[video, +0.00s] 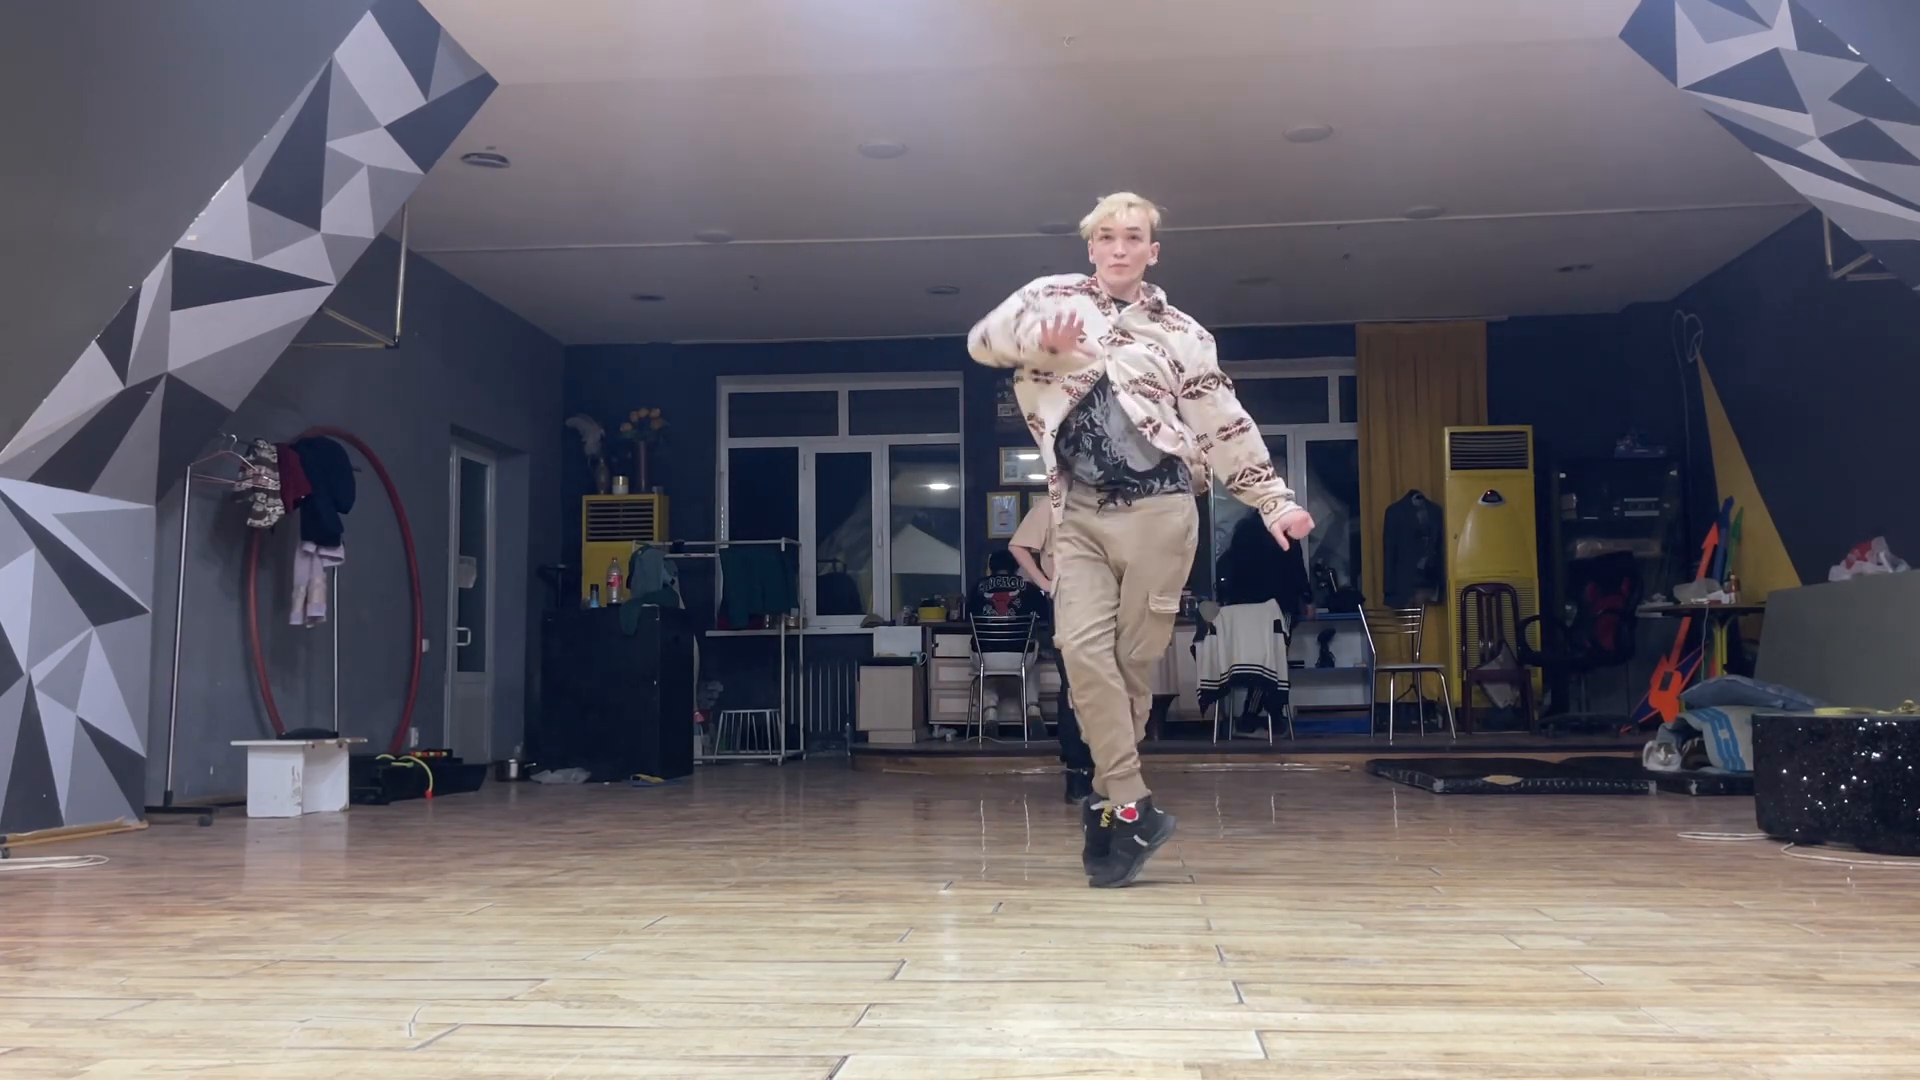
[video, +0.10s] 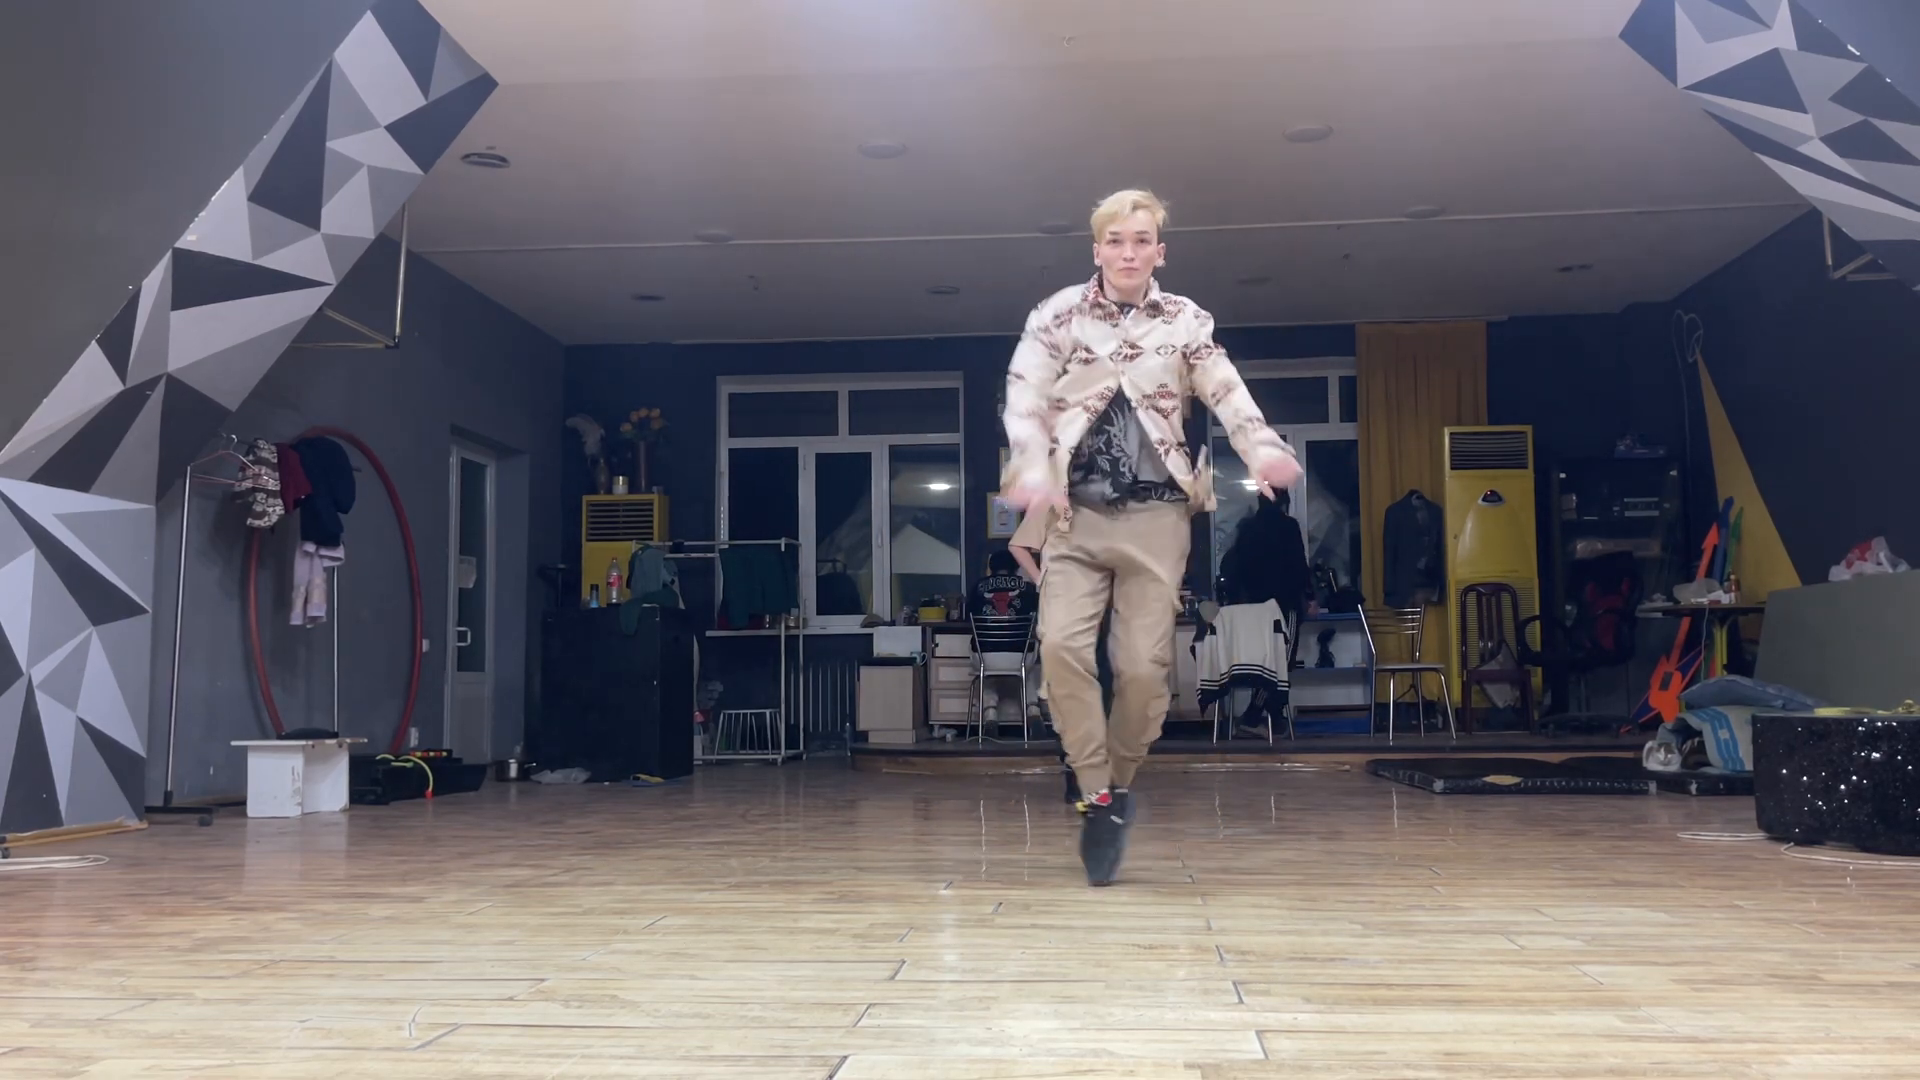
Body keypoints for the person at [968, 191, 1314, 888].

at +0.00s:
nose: (1119, 248)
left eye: (1132, 238)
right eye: (1107, 237)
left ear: (1153, 251)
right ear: (1089, 246)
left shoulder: (1182, 337)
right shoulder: (1051, 300)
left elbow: (1226, 428)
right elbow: (984, 339)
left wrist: (1272, 501)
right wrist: (1037, 341)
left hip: (1158, 516)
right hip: (1076, 512)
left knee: (1135, 665)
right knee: (1081, 650)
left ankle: (1105, 802)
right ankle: (1133, 807)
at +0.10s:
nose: (1129, 252)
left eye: (1141, 240)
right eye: (1116, 241)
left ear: (1160, 250)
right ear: (1097, 249)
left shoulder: (1184, 322)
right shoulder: (1057, 316)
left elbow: (1227, 394)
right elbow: (1024, 402)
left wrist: (1263, 450)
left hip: (1156, 517)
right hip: (1072, 515)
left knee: (1140, 667)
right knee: (1060, 647)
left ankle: (1117, 787)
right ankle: (1095, 795)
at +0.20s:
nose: (1140, 287)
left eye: (1149, 274)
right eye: (1124, 278)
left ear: (1165, 279)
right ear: (1102, 290)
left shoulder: (1181, 324)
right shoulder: (1079, 378)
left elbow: (1199, 362)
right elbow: (1054, 472)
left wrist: (1139, 382)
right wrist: (1028, 560)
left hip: (1161, 551)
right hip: (1080, 550)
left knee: (1191, 681)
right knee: (1040, 682)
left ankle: (1166, 830)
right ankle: (990, 832)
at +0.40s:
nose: (1149, 313)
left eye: (1156, 300)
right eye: (1134, 305)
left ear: (1167, 306)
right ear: (1108, 320)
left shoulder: (1184, 355)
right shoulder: (1087, 403)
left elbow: (1169, 394)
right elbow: (1073, 511)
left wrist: (1081, 420)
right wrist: (1076, 597)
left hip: (1158, 589)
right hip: (1084, 583)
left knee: (1200, 716)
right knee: (1025, 710)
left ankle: (1165, 840)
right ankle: (944, 833)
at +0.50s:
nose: (1142, 302)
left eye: (1149, 289)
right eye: (1127, 294)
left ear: (1163, 295)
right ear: (1102, 308)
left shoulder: (1185, 353)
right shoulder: (1079, 391)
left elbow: (1210, 382)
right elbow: (1068, 493)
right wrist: (1074, 577)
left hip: (1158, 566)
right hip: (1082, 559)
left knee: (1181, 716)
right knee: (1035, 681)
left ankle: (1163, 839)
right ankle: (1007, 820)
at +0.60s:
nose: (1131, 294)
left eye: (1139, 282)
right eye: (1115, 284)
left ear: (1151, 290)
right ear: (1088, 298)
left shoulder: (1194, 362)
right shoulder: (1058, 384)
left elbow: (1283, 381)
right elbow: (1042, 482)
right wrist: (1053, 561)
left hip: (1157, 562)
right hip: (1077, 567)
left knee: (1166, 719)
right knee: (1040, 681)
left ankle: (1170, 836)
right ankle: (1104, 822)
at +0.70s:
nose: (1129, 290)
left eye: (1137, 279)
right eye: (1114, 281)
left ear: (1152, 292)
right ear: (1090, 299)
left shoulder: (1193, 368)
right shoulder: (1056, 382)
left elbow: (1271, 380)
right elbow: (1033, 485)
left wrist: (1355, 390)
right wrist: (1047, 566)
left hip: (1171, 570)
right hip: (1087, 573)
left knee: (1176, 717)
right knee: (1047, 674)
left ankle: (1192, 837)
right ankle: (1119, 830)